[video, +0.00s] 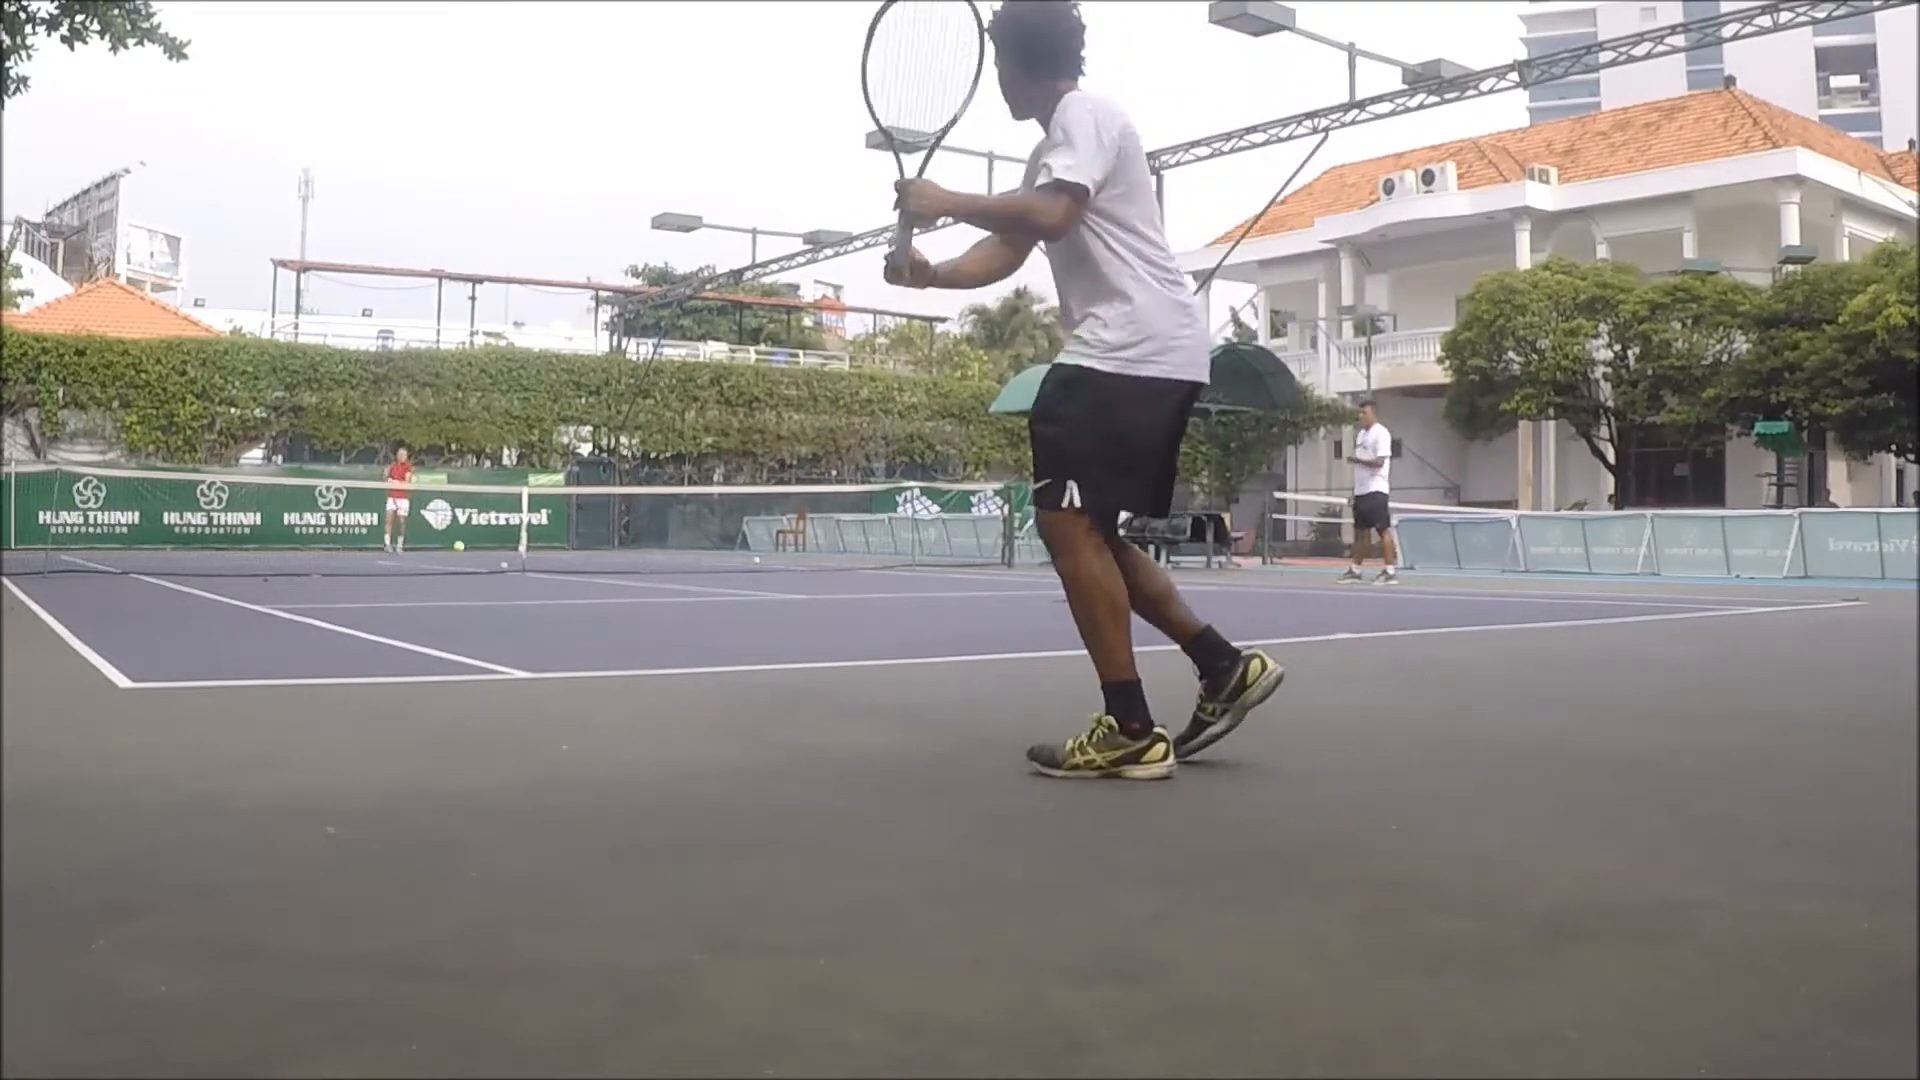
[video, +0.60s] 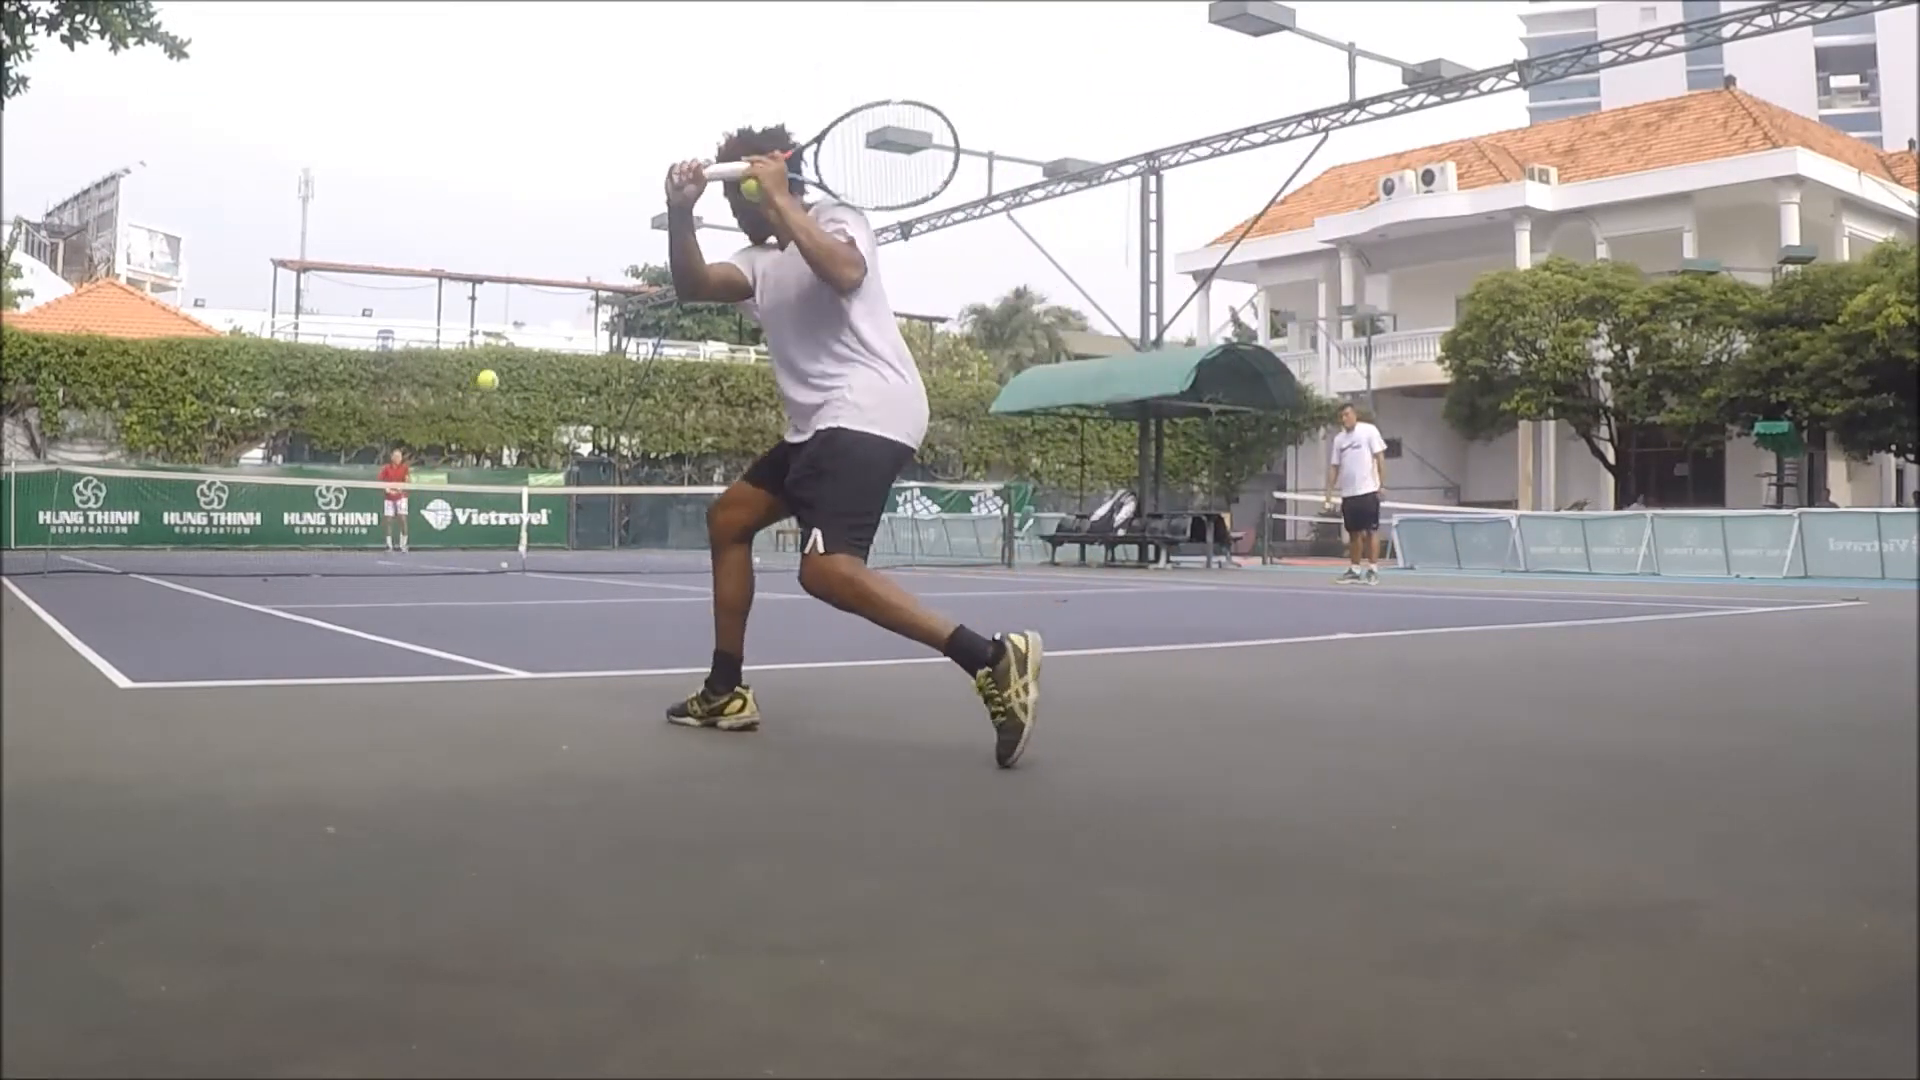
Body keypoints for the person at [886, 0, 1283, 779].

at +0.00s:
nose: (994, 75)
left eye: (998, 58)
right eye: (995, 58)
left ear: (1019, 60)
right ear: (1069, 51)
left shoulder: (1085, 114)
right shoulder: (1067, 138)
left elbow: (1052, 215)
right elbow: (1004, 251)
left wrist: (950, 200)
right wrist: (932, 271)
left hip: (1128, 347)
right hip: (1149, 350)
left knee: (1064, 518)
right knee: (1089, 532)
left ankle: (1130, 725)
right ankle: (1223, 667)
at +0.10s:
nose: (961, 101)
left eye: (965, 85)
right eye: (962, 86)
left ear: (990, 82)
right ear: (1021, 80)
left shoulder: (1058, 129)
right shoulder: (1010, 168)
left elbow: (1018, 217)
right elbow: (940, 257)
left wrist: (912, 188)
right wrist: (864, 260)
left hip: (1100, 361)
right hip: (1068, 362)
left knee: (1020, 531)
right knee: (992, 533)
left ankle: (1125, 726)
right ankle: (1128, 675)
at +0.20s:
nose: (922, 127)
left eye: (929, 111)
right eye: (920, 115)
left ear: (964, 104)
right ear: (971, 109)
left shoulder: (1022, 148)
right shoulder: (971, 187)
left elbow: (973, 224)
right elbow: (897, 267)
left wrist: (875, 182)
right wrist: (823, 257)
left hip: (1064, 378)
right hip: (1018, 381)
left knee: (988, 550)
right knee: (912, 518)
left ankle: (1124, 721)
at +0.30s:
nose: (882, 148)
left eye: (888, 134)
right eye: (880, 136)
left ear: (922, 124)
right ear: (918, 126)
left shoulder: (977, 157)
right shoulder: (921, 211)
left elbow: (922, 214)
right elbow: (844, 273)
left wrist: (833, 171)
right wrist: (774, 248)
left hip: (1016, 388)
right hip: (964, 393)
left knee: (970, 557)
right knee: (859, 505)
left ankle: (1115, 711)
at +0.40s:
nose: (826, 150)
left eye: (833, 138)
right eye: (824, 142)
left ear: (861, 131)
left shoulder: (922, 163)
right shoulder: (853, 216)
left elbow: (881, 207)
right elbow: (780, 272)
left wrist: (801, 156)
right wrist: (727, 228)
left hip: (963, 392)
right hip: (911, 401)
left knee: (951, 555)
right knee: (825, 532)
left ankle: (1102, 695)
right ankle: (756, 683)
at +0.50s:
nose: (774, 168)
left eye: (780, 154)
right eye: (772, 156)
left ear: (807, 152)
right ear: (813, 152)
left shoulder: (877, 189)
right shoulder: (800, 238)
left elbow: (849, 219)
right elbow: (723, 269)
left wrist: (783, 152)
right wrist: (694, 207)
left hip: (905, 407)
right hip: (854, 417)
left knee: (894, 566)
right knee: (767, 523)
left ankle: (1064, 671)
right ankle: (729, 689)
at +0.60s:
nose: (735, 202)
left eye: (742, 188)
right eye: (730, 191)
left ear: (780, 182)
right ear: (738, 200)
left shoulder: (833, 218)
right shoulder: (761, 263)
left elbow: (844, 273)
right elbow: (693, 285)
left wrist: (780, 198)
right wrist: (682, 213)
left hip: (872, 410)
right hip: (821, 422)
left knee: (825, 571)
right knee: (729, 516)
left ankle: (993, 660)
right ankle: (725, 688)